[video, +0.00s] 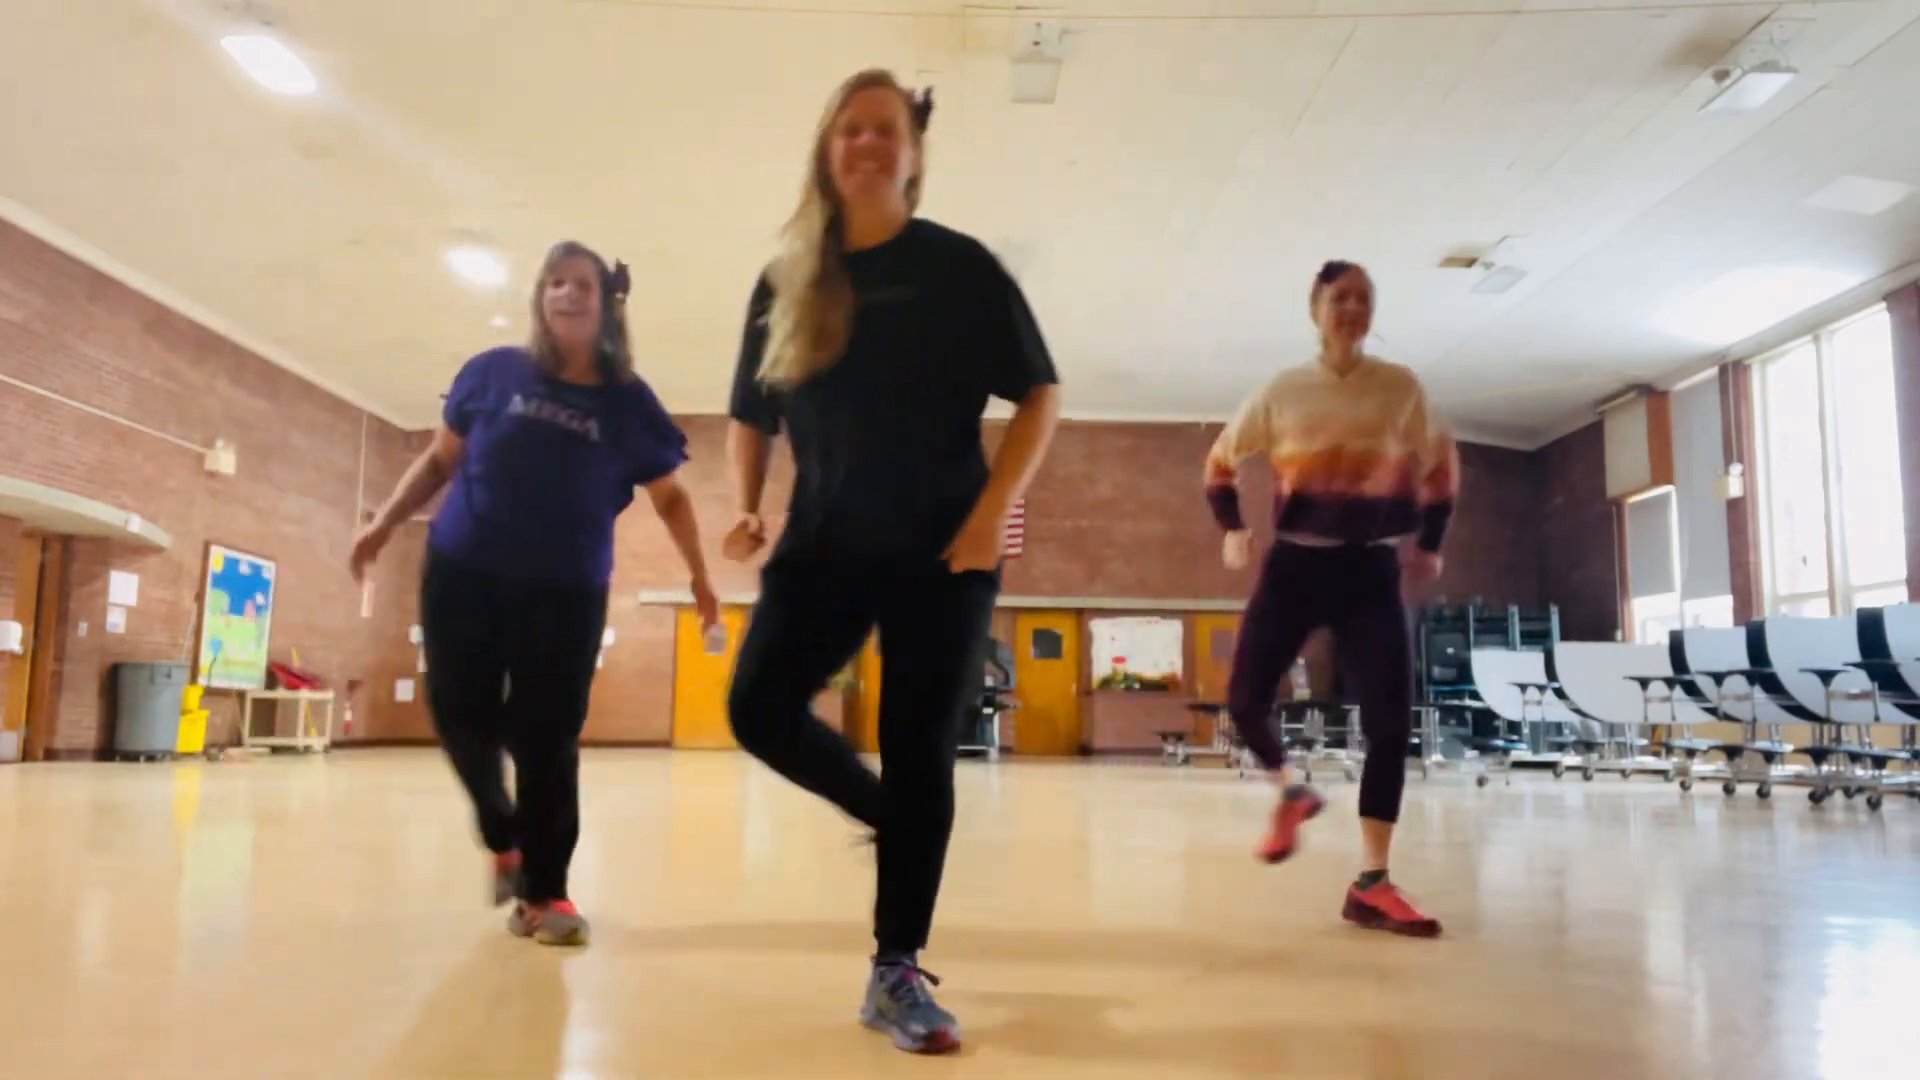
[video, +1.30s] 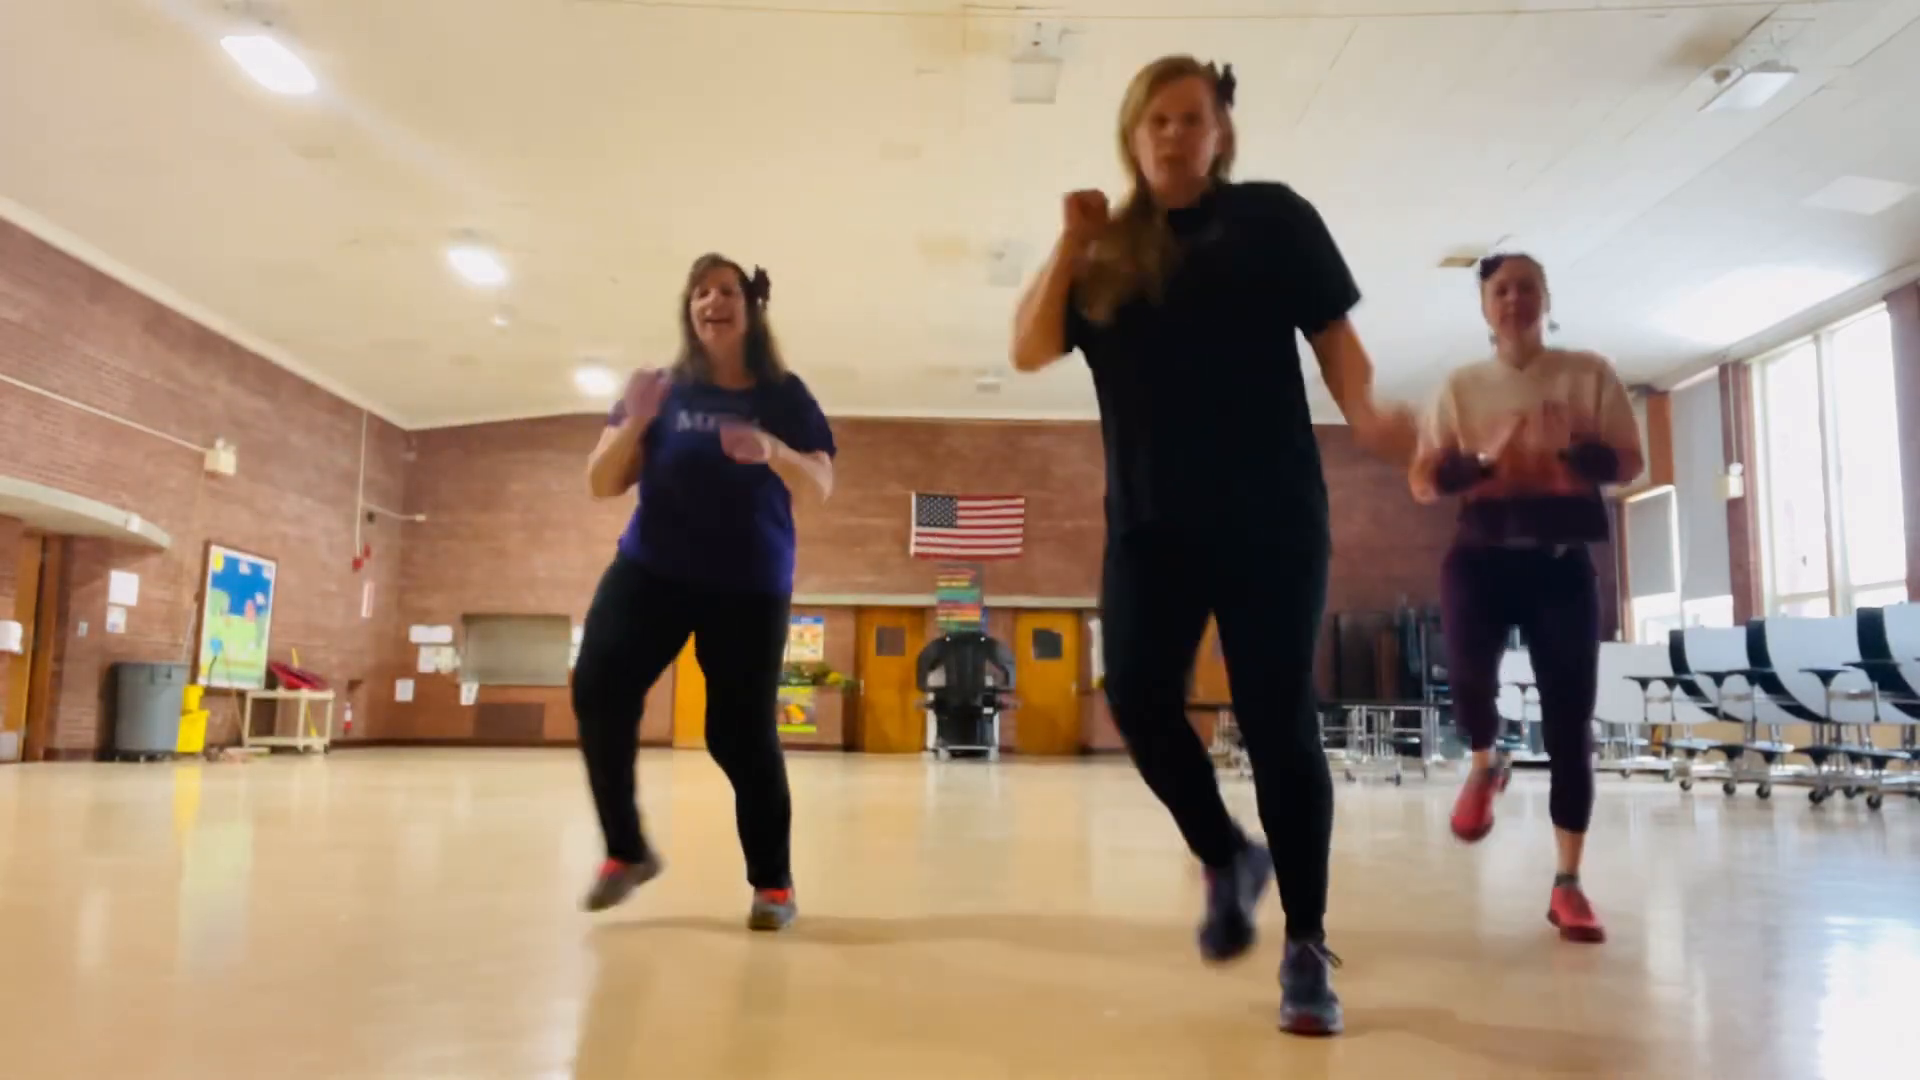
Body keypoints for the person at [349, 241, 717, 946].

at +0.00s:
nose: (568, 294)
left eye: (583, 286)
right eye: (557, 283)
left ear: (606, 306)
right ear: (538, 299)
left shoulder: (627, 402)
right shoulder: (493, 373)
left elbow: (671, 499)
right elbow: (439, 460)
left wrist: (700, 577)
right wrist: (381, 524)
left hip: (562, 592)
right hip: (465, 578)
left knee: (548, 741)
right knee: (460, 719)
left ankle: (544, 894)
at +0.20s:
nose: (589, 312)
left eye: (599, 302)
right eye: (575, 301)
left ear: (617, 316)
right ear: (552, 316)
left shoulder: (651, 408)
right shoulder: (516, 403)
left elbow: (672, 504)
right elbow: (465, 496)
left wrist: (685, 585)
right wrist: (462, 539)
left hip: (631, 593)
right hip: (537, 594)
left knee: (600, 735)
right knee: (554, 742)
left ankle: (567, 883)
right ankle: (603, 877)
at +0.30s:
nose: (592, 316)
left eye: (600, 305)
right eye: (577, 307)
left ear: (617, 316)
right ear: (553, 324)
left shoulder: (662, 402)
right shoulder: (531, 412)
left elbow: (696, 493)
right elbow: (485, 506)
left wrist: (730, 545)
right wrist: (503, 532)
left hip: (655, 594)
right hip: (560, 597)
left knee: (649, 735)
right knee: (566, 740)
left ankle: (625, 878)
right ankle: (593, 872)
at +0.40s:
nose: (605, 309)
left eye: (614, 298)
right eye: (589, 302)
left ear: (632, 311)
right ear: (568, 324)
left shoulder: (679, 395)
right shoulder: (545, 409)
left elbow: (721, 476)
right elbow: (509, 513)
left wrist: (771, 489)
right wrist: (535, 478)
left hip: (672, 586)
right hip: (574, 592)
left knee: (688, 725)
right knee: (579, 743)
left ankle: (690, 863)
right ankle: (598, 880)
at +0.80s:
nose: (703, 306)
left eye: (716, 297)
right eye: (691, 299)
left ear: (740, 314)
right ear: (676, 318)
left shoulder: (776, 404)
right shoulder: (650, 401)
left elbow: (821, 486)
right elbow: (592, 489)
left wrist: (803, 425)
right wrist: (602, 422)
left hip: (746, 589)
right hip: (650, 583)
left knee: (743, 735)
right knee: (611, 725)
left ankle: (773, 884)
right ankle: (604, 872)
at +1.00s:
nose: (732, 305)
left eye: (745, 295)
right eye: (721, 297)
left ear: (770, 314)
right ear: (709, 316)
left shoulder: (797, 395)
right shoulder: (680, 388)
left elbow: (827, 467)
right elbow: (628, 455)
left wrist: (829, 381)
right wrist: (638, 367)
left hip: (760, 587)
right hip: (668, 578)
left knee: (749, 732)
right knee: (648, 719)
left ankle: (773, 880)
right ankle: (676, 851)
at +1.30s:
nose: (713, 301)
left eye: (727, 291)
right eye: (702, 293)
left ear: (751, 307)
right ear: (688, 312)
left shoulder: (783, 396)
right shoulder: (660, 390)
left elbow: (820, 486)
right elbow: (603, 484)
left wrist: (773, 449)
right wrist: (634, 421)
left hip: (746, 587)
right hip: (652, 573)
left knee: (741, 733)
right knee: (598, 693)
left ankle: (772, 884)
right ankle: (627, 854)